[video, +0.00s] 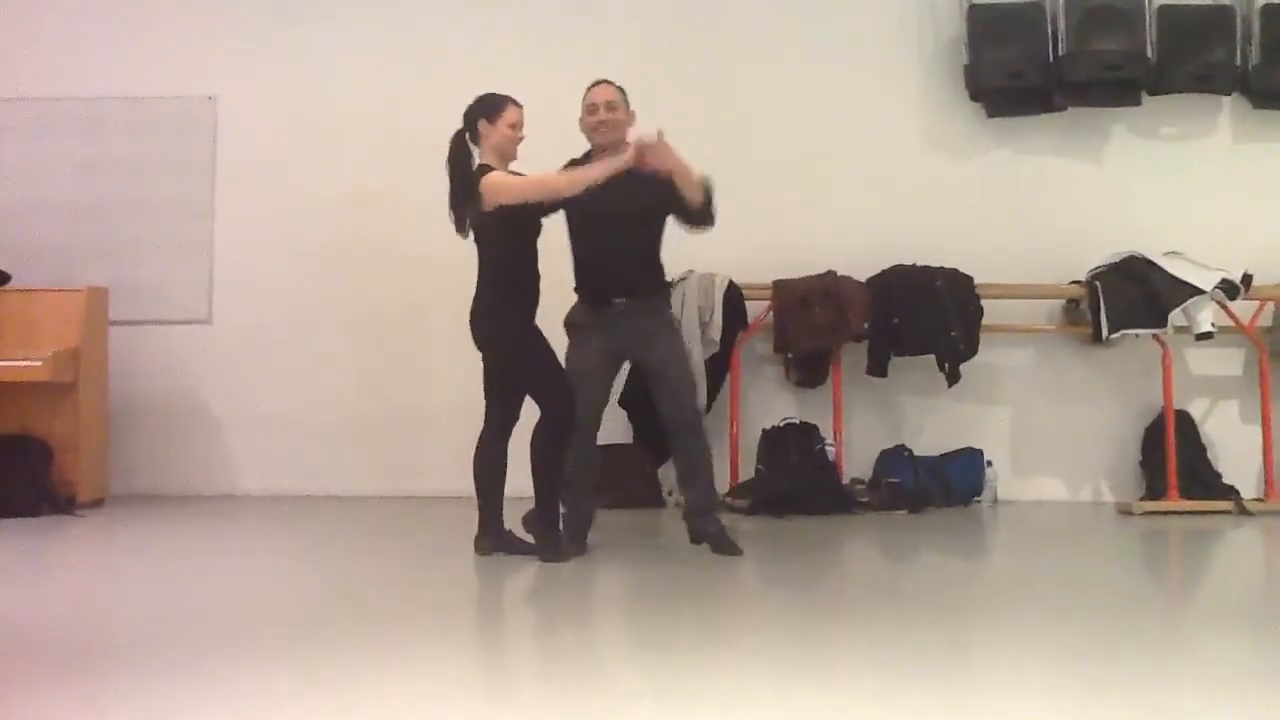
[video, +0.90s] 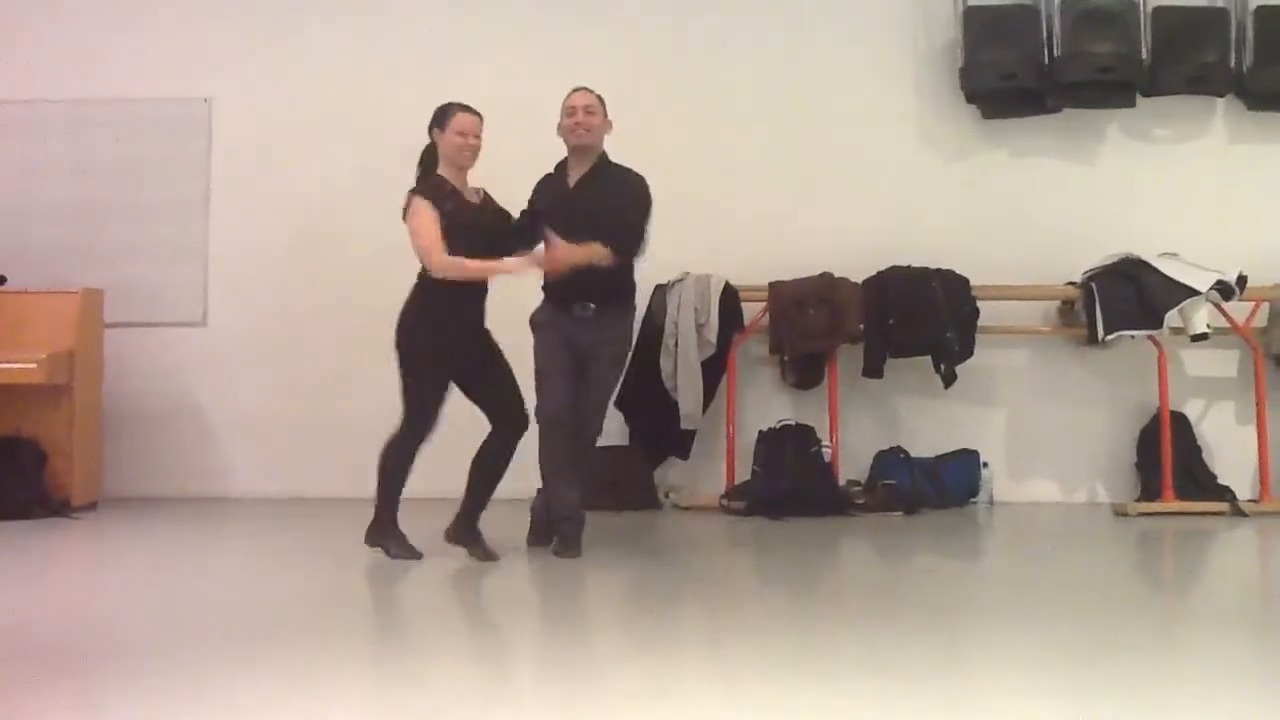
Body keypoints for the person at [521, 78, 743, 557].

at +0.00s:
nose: (601, 115)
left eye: (611, 108)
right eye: (592, 109)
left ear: (630, 117)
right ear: (580, 122)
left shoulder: (654, 170)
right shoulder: (571, 176)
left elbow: (701, 217)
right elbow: (530, 206)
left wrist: (678, 167)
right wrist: (490, 196)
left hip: (652, 315)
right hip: (594, 318)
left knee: (683, 414)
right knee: (578, 422)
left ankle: (704, 520)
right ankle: (572, 529)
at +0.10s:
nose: (593, 117)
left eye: (604, 109)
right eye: (585, 110)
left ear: (623, 120)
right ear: (574, 122)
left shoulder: (643, 180)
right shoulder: (559, 181)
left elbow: (689, 240)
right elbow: (519, 216)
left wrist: (673, 210)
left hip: (642, 315)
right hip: (585, 319)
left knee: (679, 415)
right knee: (572, 419)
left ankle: (718, 519)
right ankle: (572, 529)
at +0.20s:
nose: (583, 119)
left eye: (593, 112)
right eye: (575, 113)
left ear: (613, 123)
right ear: (565, 124)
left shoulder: (638, 189)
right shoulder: (554, 182)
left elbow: (662, 258)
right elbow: (516, 220)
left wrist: (623, 263)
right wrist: (481, 193)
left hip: (626, 319)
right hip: (571, 321)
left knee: (664, 412)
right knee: (562, 417)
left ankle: (717, 508)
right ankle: (571, 527)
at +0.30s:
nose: (581, 119)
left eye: (592, 112)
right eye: (573, 112)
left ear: (611, 123)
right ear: (563, 124)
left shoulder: (635, 188)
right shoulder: (554, 181)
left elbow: (648, 260)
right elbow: (521, 226)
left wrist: (595, 268)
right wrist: (480, 203)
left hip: (621, 316)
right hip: (567, 318)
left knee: (641, 406)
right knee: (562, 419)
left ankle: (692, 487)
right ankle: (571, 523)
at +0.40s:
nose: (579, 121)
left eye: (589, 113)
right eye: (571, 114)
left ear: (608, 125)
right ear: (561, 126)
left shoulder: (630, 187)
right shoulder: (549, 186)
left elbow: (626, 255)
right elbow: (532, 238)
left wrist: (573, 248)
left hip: (617, 315)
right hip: (565, 315)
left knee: (618, 407)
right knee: (560, 418)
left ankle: (650, 471)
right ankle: (570, 522)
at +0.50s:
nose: (576, 120)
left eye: (587, 113)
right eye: (568, 114)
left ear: (606, 126)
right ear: (558, 128)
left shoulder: (625, 183)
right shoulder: (550, 187)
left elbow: (615, 241)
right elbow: (525, 245)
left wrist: (548, 206)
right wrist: (484, 228)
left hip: (615, 319)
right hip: (562, 319)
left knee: (600, 415)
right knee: (556, 417)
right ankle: (567, 519)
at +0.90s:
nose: (578, 119)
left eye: (588, 112)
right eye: (570, 113)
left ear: (607, 124)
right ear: (560, 126)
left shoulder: (631, 185)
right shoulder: (548, 185)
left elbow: (626, 251)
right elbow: (522, 237)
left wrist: (577, 253)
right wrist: (482, 213)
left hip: (609, 320)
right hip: (556, 316)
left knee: (586, 421)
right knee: (554, 413)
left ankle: (546, 509)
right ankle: (567, 524)